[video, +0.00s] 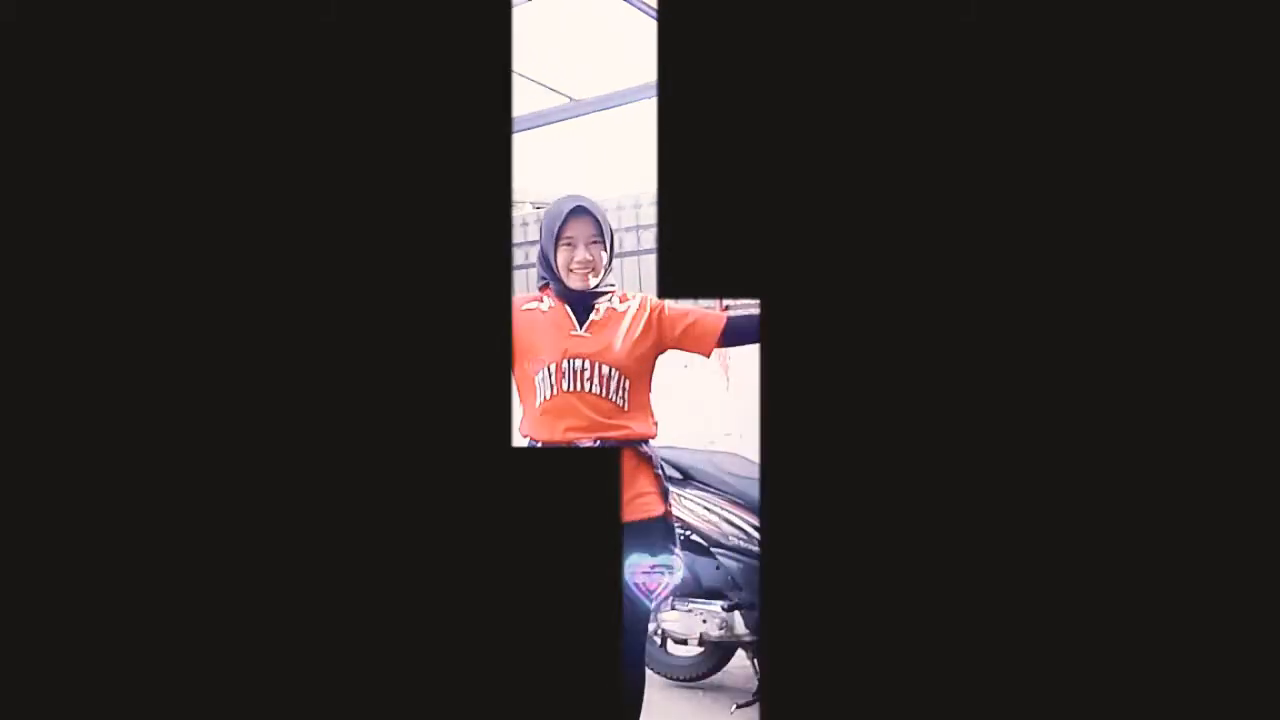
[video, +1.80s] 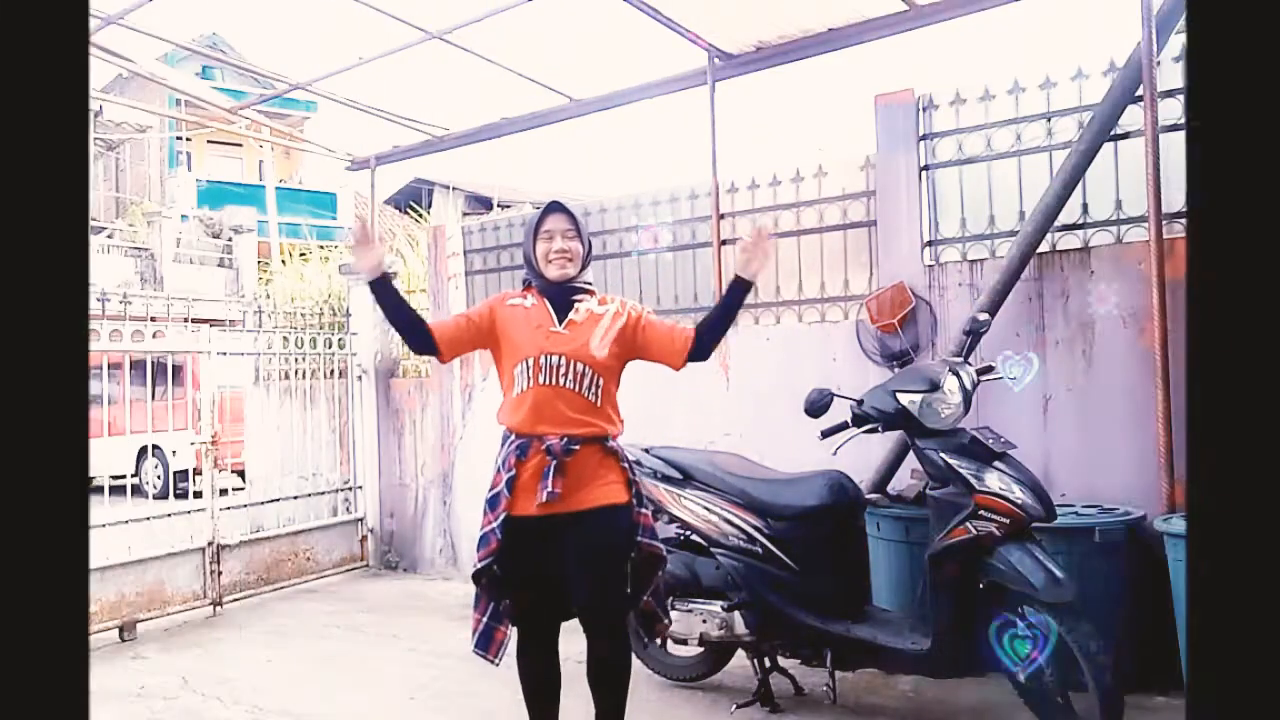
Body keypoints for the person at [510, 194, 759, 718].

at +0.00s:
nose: (583, 255)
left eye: (595, 243)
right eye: (569, 243)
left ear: (608, 251)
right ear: (549, 250)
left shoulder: (643, 312)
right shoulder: (520, 313)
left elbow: (725, 326)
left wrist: (771, 314)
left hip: (631, 488)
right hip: (551, 482)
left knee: (631, 628)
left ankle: (627, 708)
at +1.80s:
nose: (560, 244)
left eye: (570, 236)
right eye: (548, 236)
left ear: (584, 250)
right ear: (532, 251)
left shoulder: (616, 314)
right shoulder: (503, 310)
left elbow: (695, 344)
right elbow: (426, 340)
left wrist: (742, 281)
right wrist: (376, 276)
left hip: (599, 490)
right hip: (525, 494)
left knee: (607, 628)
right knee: (535, 634)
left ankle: (610, 716)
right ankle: (543, 717)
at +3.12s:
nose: (583, 291)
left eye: (592, 281)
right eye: (571, 283)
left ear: (606, 289)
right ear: (554, 295)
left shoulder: (638, 334)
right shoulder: (540, 362)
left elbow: (712, 312)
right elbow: (509, 456)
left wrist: (677, 283)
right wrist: (469, 529)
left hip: (596, 520)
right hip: (522, 518)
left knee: (647, 639)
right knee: (460, 638)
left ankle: (662, 718)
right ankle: (424, 717)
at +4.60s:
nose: (521, 293)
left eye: (530, 283)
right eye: (508, 284)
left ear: (542, 293)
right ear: (489, 293)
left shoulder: (557, 366)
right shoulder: (464, 325)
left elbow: (567, 454)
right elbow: (382, 346)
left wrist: (593, 492)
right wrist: (419, 352)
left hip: (554, 511)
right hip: (482, 515)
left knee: (625, 619)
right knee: (439, 632)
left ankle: (656, 713)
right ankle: (426, 715)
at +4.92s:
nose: (549, 289)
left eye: (559, 278)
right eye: (537, 280)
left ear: (573, 284)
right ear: (521, 290)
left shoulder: (605, 324)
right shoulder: (510, 362)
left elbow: (677, 324)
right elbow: (490, 459)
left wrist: (628, 269)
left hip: (589, 529)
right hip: (520, 531)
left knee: (637, 625)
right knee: (459, 620)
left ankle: (655, 715)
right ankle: (427, 716)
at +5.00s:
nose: (555, 306)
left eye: (564, 295)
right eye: (543, 299)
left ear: (580, 301)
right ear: (527, 310)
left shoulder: (613, 337)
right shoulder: (523, 381)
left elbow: (684, 327)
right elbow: (503, 474)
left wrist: (634, 291)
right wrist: (469, 527)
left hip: (593, 527)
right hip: (526, 529)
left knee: (635, 638)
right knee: (455, 630)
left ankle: (653, 713)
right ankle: (427, 715)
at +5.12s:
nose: (544, 282)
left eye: (553, 270)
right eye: (531, 274)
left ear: (569, 277)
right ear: (515, 285)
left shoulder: (601, 322)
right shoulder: (501, 349)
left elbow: (653, 346)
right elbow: (477, 438)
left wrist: (685, 366)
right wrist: (451, 420)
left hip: (587, 508)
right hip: (515, 513)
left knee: (628, 628)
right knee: (451, 627)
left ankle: (655, 716)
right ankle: (422, 716)